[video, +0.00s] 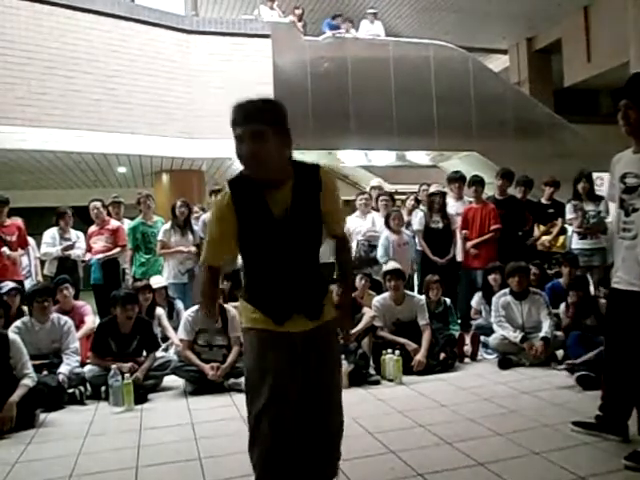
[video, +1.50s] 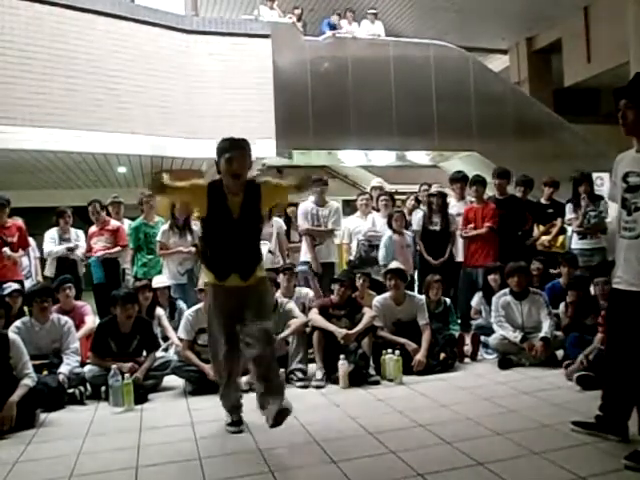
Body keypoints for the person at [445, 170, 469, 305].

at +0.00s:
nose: (457, 187)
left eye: (460, 184)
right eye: (454, 184)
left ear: (464, 186)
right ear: (449, 186)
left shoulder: (470, 204)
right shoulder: (443, 203)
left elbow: (474, 223)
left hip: (465, 253)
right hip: (446, 252)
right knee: (447, 288)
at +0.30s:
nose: (456, 187)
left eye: (459, 184)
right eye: (453, 184)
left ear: (464, 185)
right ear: (449, 186)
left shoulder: (470, 204)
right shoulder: (443, 203)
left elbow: (474, 223)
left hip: (465, 254)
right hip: (447, 252)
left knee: (463, 290)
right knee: (447, 289)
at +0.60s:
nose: (456, 187)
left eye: (459, 184)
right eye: (453, 184)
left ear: (464, 185)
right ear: (449, 186)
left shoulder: (470, 204)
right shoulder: (443, 204)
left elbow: (474, 224)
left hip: (465, 254)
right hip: (448, 254)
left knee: (464, 290)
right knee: (448, 289)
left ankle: (464, 319)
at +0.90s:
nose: (457, 188)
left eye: (460, 184)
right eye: (454, 185)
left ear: (464, 186)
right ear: (449, 187)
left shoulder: (470, 204)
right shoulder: (445, 206)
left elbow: (474, 224)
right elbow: (442, 227)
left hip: (467, 254)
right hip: (449, 254)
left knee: (465, 291)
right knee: (449, 290)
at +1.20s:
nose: (458, 187)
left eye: (461, 184)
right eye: (454, 184)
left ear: (465, 185)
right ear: (450, 186)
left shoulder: (471, 204)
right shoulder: (445, 205)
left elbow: (475, 224)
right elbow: (441, 228)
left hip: (466, 255)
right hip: (449, 255)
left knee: (463, 292)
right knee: (447, 291)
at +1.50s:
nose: (459, 187)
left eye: (462, 184)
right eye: (455, 184)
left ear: (466, 185)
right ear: (451, 186)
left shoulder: (471, 204)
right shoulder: (447, 205)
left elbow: (476, 223)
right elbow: (442, 227)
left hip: (467, 256)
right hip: (450, 255)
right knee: (448, 291)